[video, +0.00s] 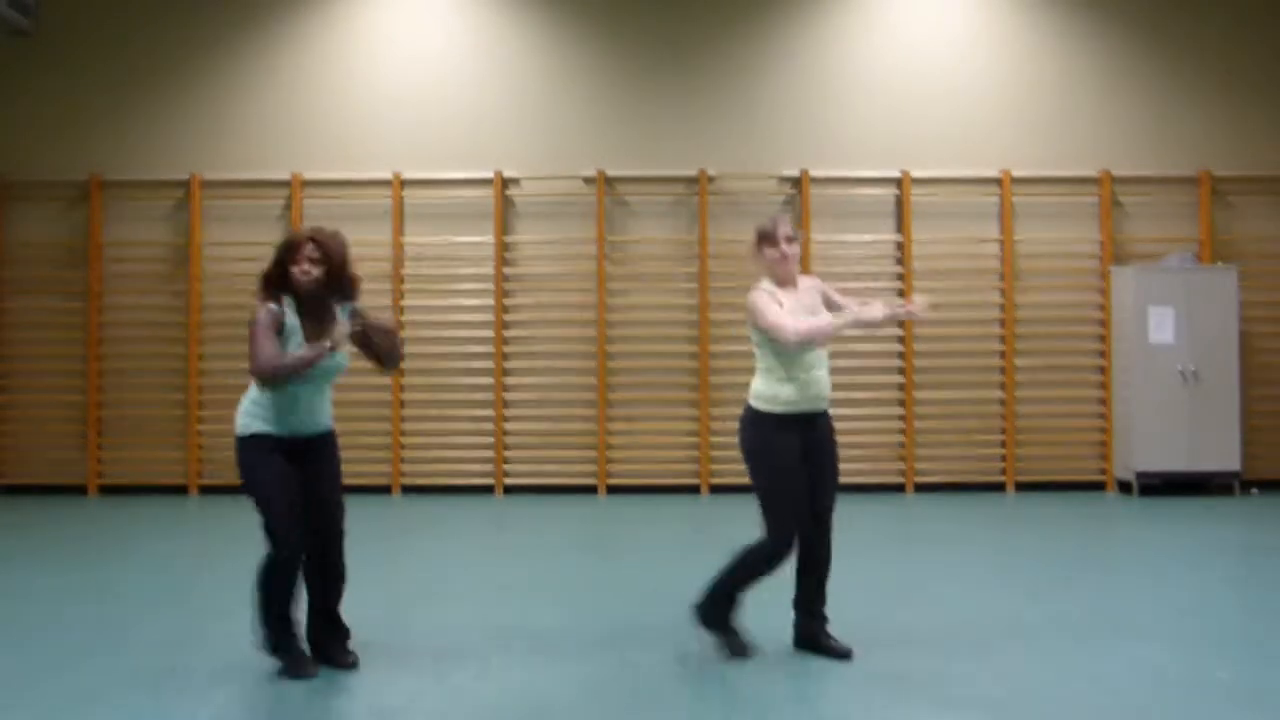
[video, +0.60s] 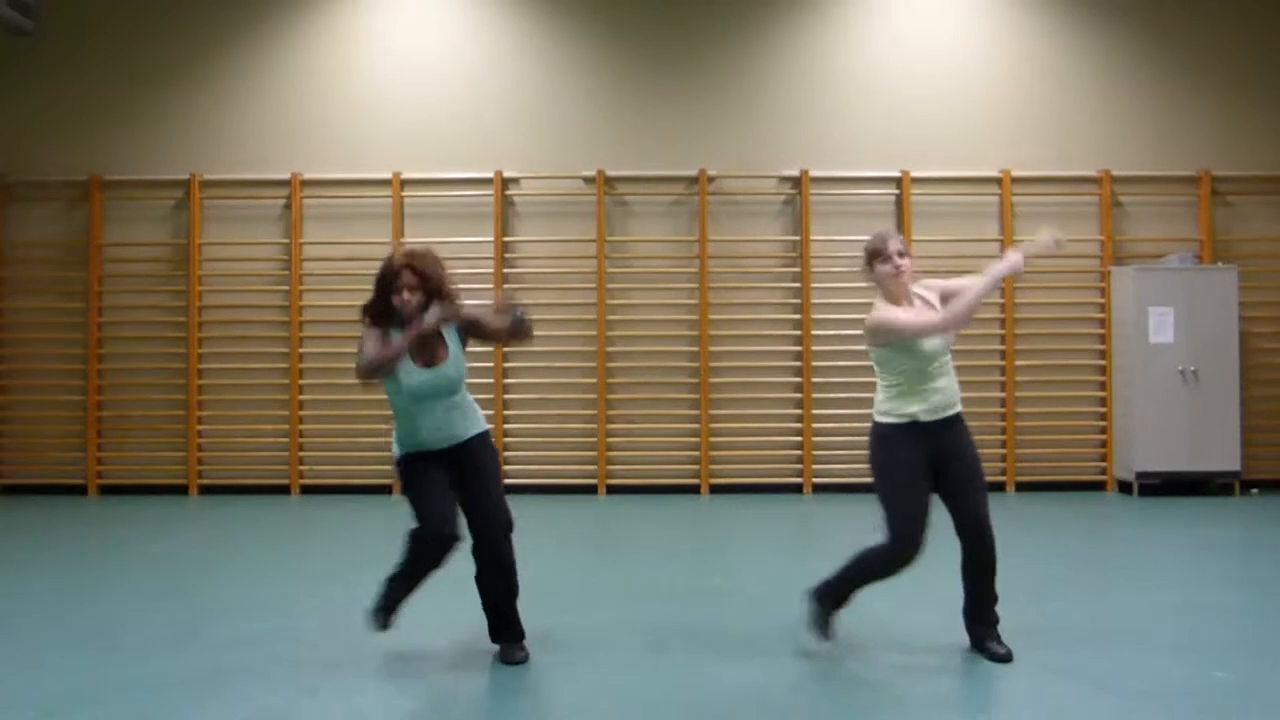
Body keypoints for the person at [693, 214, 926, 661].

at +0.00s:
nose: (785, 250)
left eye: (791, 241)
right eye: (775, 244)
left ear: (801, 246)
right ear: (761, 253)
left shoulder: (813, 288)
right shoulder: (761, 298)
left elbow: (854, 309)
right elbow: (790, 335)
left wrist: (899, 310)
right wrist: (847, 321)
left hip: (815, 423)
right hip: (769, 425)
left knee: (818, 532)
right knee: (781, 537)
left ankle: (810, 629)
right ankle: (714, 607)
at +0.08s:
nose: (800, 251)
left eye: (805, 242)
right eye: (789, 245)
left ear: (815, 246)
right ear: (775, 254)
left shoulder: (826, 292)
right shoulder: (778, 301)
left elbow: (852, 337)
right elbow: (787, 366)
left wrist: (880, 357)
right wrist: (851, 368)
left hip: (826, 422)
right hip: (783, 425)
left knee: (840, 527)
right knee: (813, 531)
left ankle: (813, 622)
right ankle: (772, 623)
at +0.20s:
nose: (821, 251)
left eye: (826, 242)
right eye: (811, 246)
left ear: (835, 249)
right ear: (797, 259)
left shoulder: (842, 295)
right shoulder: (799, 304)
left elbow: (852, 349)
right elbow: (819, 369)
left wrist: (874, 348)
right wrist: (862, 342)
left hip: (842, 424)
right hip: (800, 428)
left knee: (902, 508)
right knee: (804, 534)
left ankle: (863, 599)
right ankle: (766, 625)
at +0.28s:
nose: (834, 247)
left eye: (838, 239)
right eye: (823, 243)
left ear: (848, 243)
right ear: (808, 254)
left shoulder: (858, 285)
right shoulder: (815, 300)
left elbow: (885, 310)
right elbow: (865, 337)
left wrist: (902, 302)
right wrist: (894, 302)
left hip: (858, 421)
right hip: (813, 423)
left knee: (919, 503)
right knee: (807, 526)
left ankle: (918, 606)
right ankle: (766, 622)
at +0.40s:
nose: (858, 251)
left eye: (860, 242)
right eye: (847, 248)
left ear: (868, 244)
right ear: (833, 258)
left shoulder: (881, 275)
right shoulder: (843, 296)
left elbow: (920, 270)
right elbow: (913, 286)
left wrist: (951, 239)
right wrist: (951, 237)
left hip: (891, 422)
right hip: (845, 423)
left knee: (937, 522)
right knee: (812, 524)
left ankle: (992, 627)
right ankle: (764, 621)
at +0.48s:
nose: (874, 260)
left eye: (878, 251)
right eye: (863, 257)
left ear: (889, 256)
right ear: (851, 272)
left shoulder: (906, 292)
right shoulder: (865, 312)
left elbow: (941, 266)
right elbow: (932, 273)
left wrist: (978, 223)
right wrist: (976, 223)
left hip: (920, 430)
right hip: (872, 429)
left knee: (959, 530)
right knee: (833, 527)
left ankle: (983, 629)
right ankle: (769, 618)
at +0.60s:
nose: (896, 263)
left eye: (900, 255)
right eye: (884, 260)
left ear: (912, 260)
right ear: (872, 273)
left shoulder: (932, 292)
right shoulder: (880, 320)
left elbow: (980, 282)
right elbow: (949, 321)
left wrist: (1027, 250)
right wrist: (997, 273)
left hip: (949, 429)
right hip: (898, 437)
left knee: (978, 533)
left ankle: (983, 631)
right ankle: (826, 597)